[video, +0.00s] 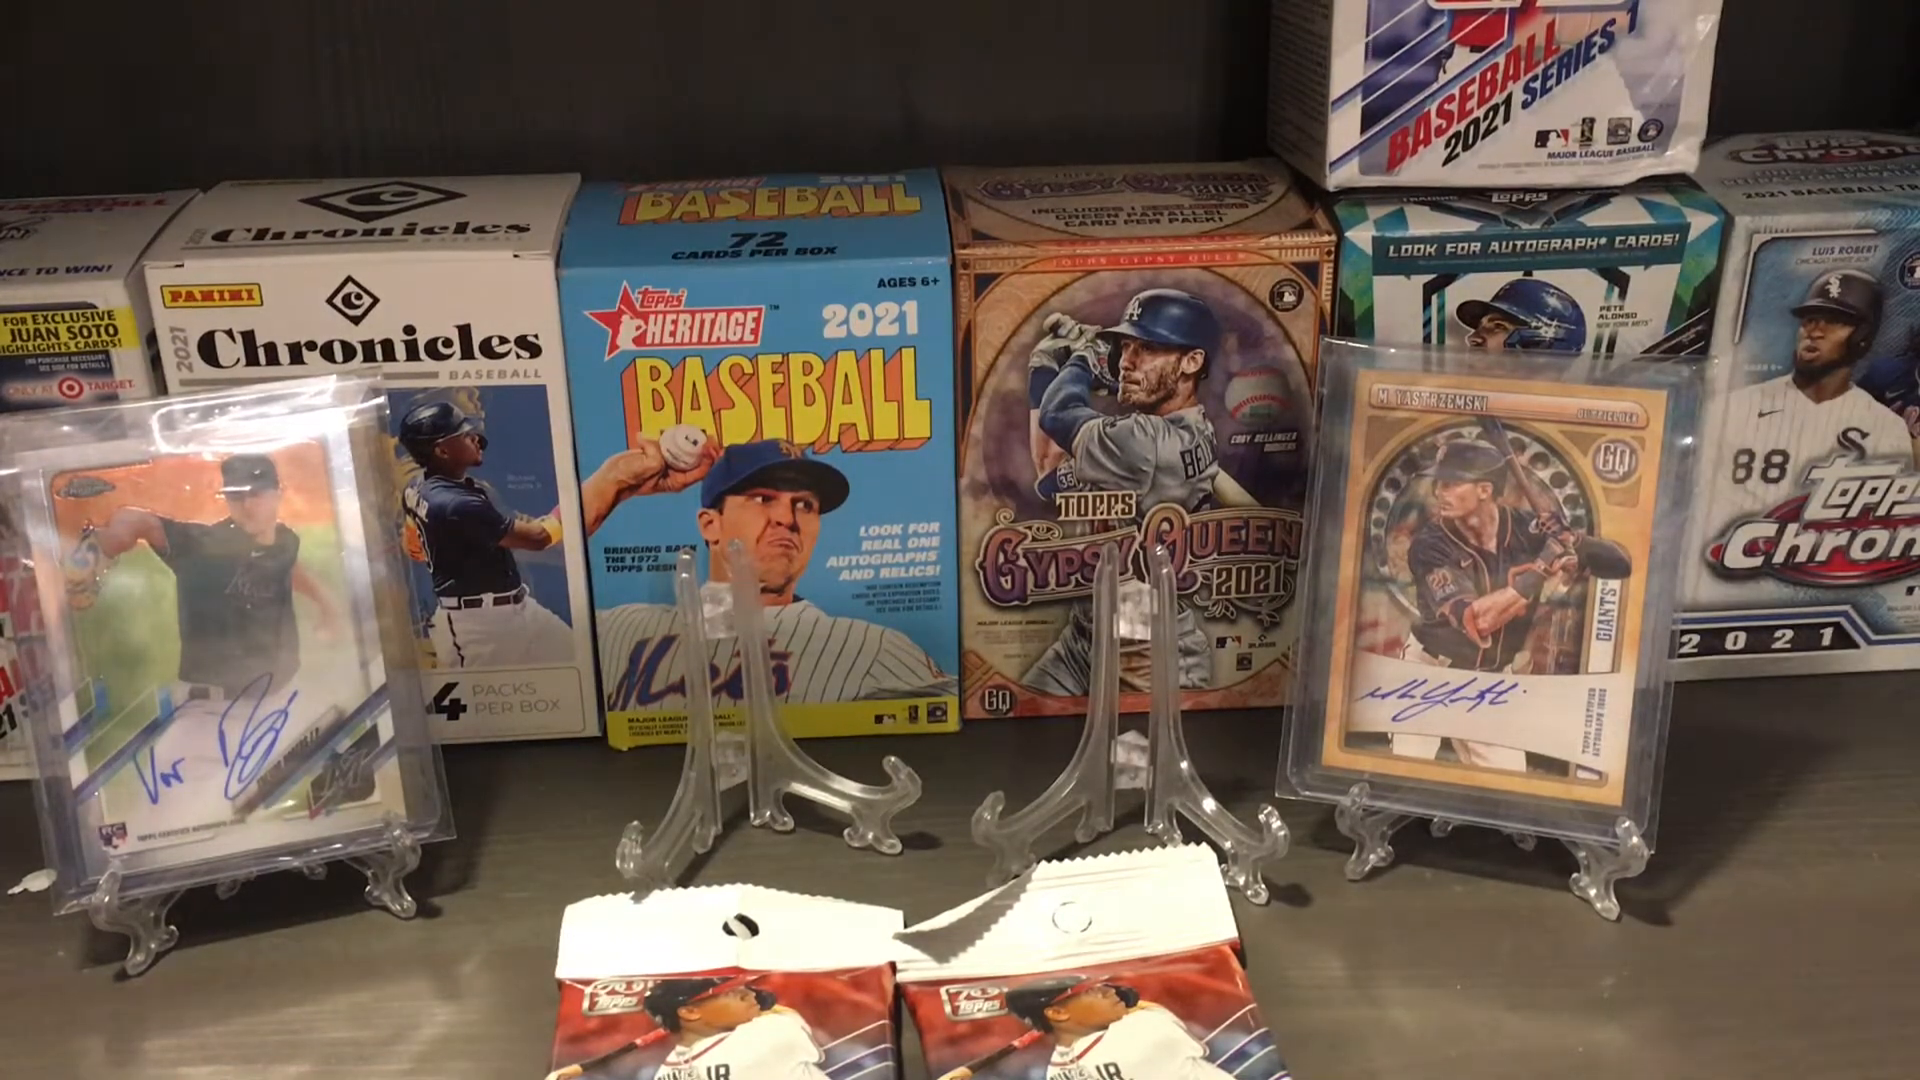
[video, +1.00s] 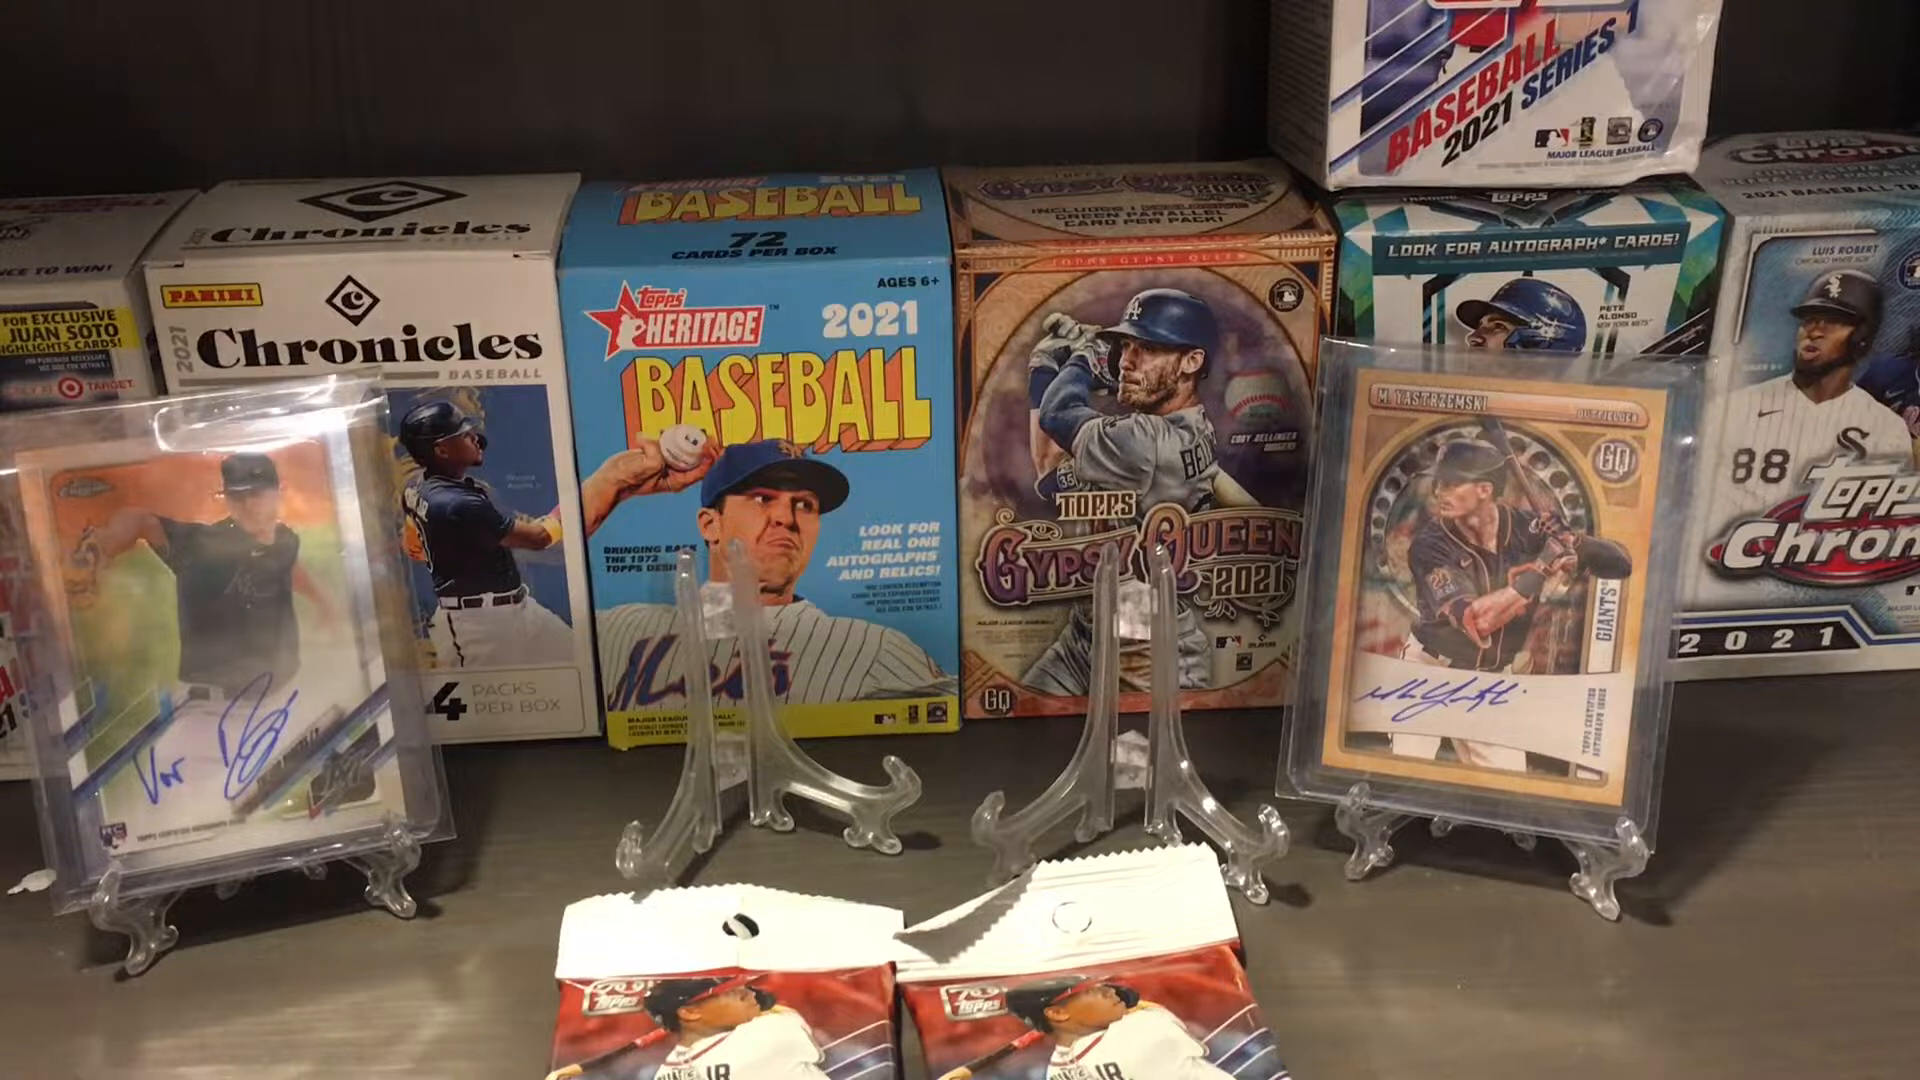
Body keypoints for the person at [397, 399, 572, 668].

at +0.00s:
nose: (476, 437)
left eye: (470, 430)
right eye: (465, 433)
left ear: (442, 451)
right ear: (442, 450)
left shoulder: (419, 490)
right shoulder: (460, 506)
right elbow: (538, 537)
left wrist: (539, 523)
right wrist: (568, 511)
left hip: (520, 609)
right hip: (473, 623)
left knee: (587, 664)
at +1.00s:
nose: (475, 435)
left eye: (469, 429)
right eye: (464, 432)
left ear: (442, 451)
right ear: (442, 449)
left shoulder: (420, 489)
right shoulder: (462, 507)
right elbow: (539, 537)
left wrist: (543, 522)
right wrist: (568, 509)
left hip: (519, 609)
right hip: (474, 622)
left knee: (587, 663)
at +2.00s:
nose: (476, 437)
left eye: (470, 431)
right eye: (465, 434)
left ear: (443, 451)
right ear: (442, 450)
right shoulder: (460, 507)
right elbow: (539, 538)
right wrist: (569, 510)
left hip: (519, 608)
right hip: (474, 623)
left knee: (587, 665)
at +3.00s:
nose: (474, 435)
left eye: (468, 429)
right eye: (464, 433)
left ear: (443, 451)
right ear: (442, 450)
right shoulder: (461, 506)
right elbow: (539, 537)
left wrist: (538, 523)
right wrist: (570, 510)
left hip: (520, 610)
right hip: (474, 623)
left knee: (588, 664)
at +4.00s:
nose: (475, 435)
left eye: (468, 430)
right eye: (464, 433)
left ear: (443, 451)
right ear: (442, 450)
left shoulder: (421, 489)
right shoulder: (461, 506)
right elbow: (538, 537)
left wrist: (533, 523)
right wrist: (573, 506)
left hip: (521, 609)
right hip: (477, 623)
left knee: (587, 663)